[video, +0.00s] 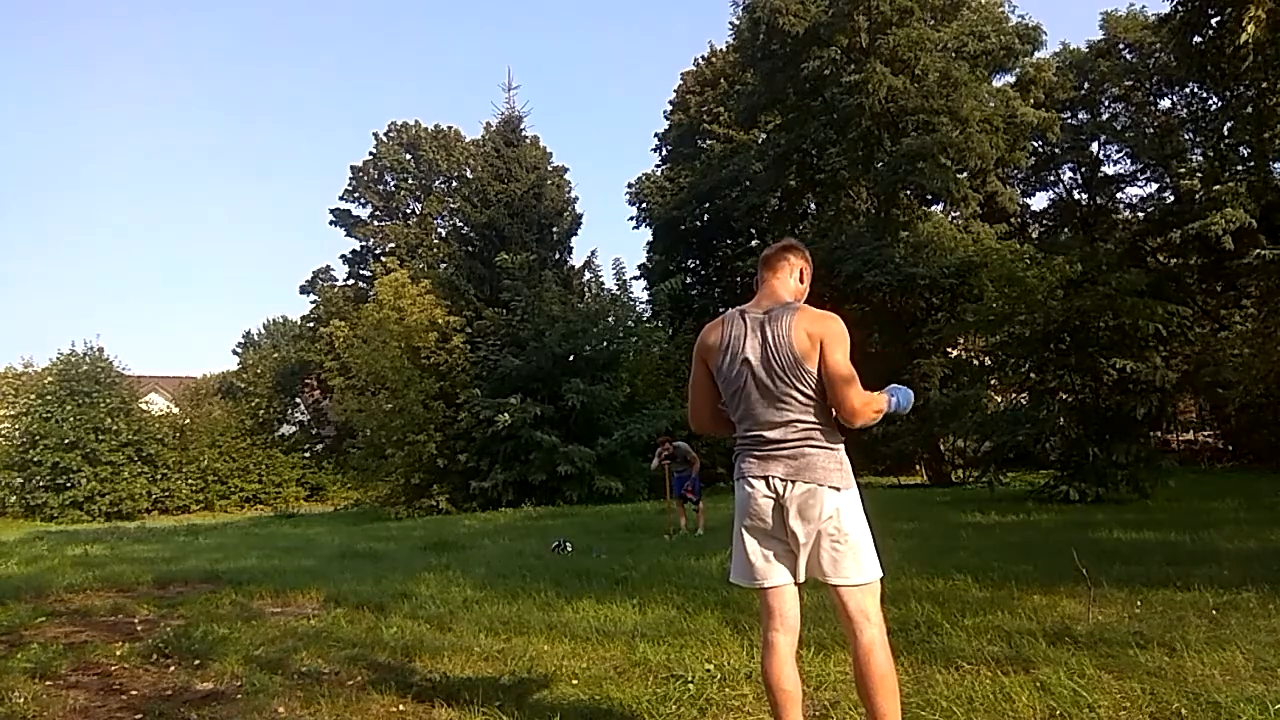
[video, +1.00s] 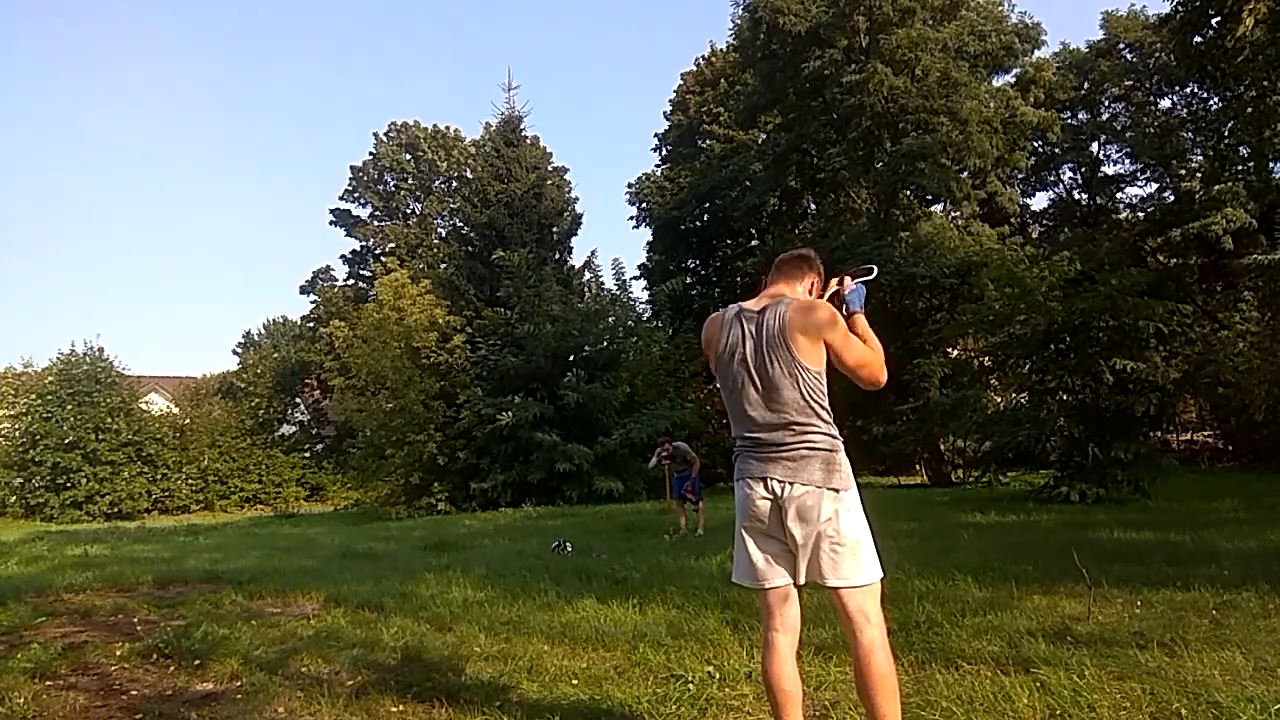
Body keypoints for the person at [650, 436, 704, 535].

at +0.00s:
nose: (667, 452)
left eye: (668, 449)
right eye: (664, 450)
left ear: (672, 445)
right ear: (661, 449)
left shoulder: (682, 447)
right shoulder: (660, 451)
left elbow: (696, 462)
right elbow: (653, 467)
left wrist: (692, 480)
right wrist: (660, 458)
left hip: (690, 473)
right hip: (677, 475)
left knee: (697, 501)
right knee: (679, 502)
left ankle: (700, 527)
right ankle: (683, 528)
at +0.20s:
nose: (667, 452)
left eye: (668, 449)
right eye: (664, 450)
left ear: (671, 445)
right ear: (661, 449)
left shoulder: (682, 447)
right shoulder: (660, 451)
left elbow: (696, 462)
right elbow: (652, 466)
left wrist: (692, 480)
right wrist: (660, 458)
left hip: (690, 473)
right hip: (677, 474)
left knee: (697, 501)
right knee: (679, 502)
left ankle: (700, 527)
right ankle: (683, 528)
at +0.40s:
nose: (667, 452)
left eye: (668, 449)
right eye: (664, 450)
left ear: (671, 445)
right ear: (661, 449)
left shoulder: (682, 447)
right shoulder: (660, 451)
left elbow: (696, 462)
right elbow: (651, 466)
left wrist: (692, 480)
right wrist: (659, 458)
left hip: (690, 473)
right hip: (677, 475)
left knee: (696, 501)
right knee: (679, 502)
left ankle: (700, 527)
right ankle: (683, 528)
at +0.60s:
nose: (667, 452)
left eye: (668, 449)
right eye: (664, 450)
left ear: (671, 446)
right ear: (661, 449)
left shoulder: (682, 447)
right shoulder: (660, 451)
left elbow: (696, 462)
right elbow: (650, 466)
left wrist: (692, 480)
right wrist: (659, 459)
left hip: (690, 473)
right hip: (677, 475)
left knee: (697, 501)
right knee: (679, 502)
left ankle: (700, 528)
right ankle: (683, 528)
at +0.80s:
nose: (666, 452)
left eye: (667, 449)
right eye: (664, 450)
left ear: (671, 446)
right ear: (661, 449)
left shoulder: (682, 447)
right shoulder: (659, 451)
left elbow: (696, 462)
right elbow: (650, 466)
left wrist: (692, 480)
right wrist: (659, 458)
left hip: (690, 473)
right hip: (677, 475)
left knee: (696, 501)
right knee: (679, 502)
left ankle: (700, 527)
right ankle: (683, 528)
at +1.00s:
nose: (666, 452)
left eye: (668, 449)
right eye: (664, 450)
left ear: (671, 445)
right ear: (661, 449)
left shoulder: (682, 447)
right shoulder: (660, 451)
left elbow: (696, 462)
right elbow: (650, 466)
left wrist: (692, 480)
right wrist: (659, 458)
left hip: (690, 473)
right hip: (677, 474)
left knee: (697, 501)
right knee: (679, 502)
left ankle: (700, 527)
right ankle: (683, 528)